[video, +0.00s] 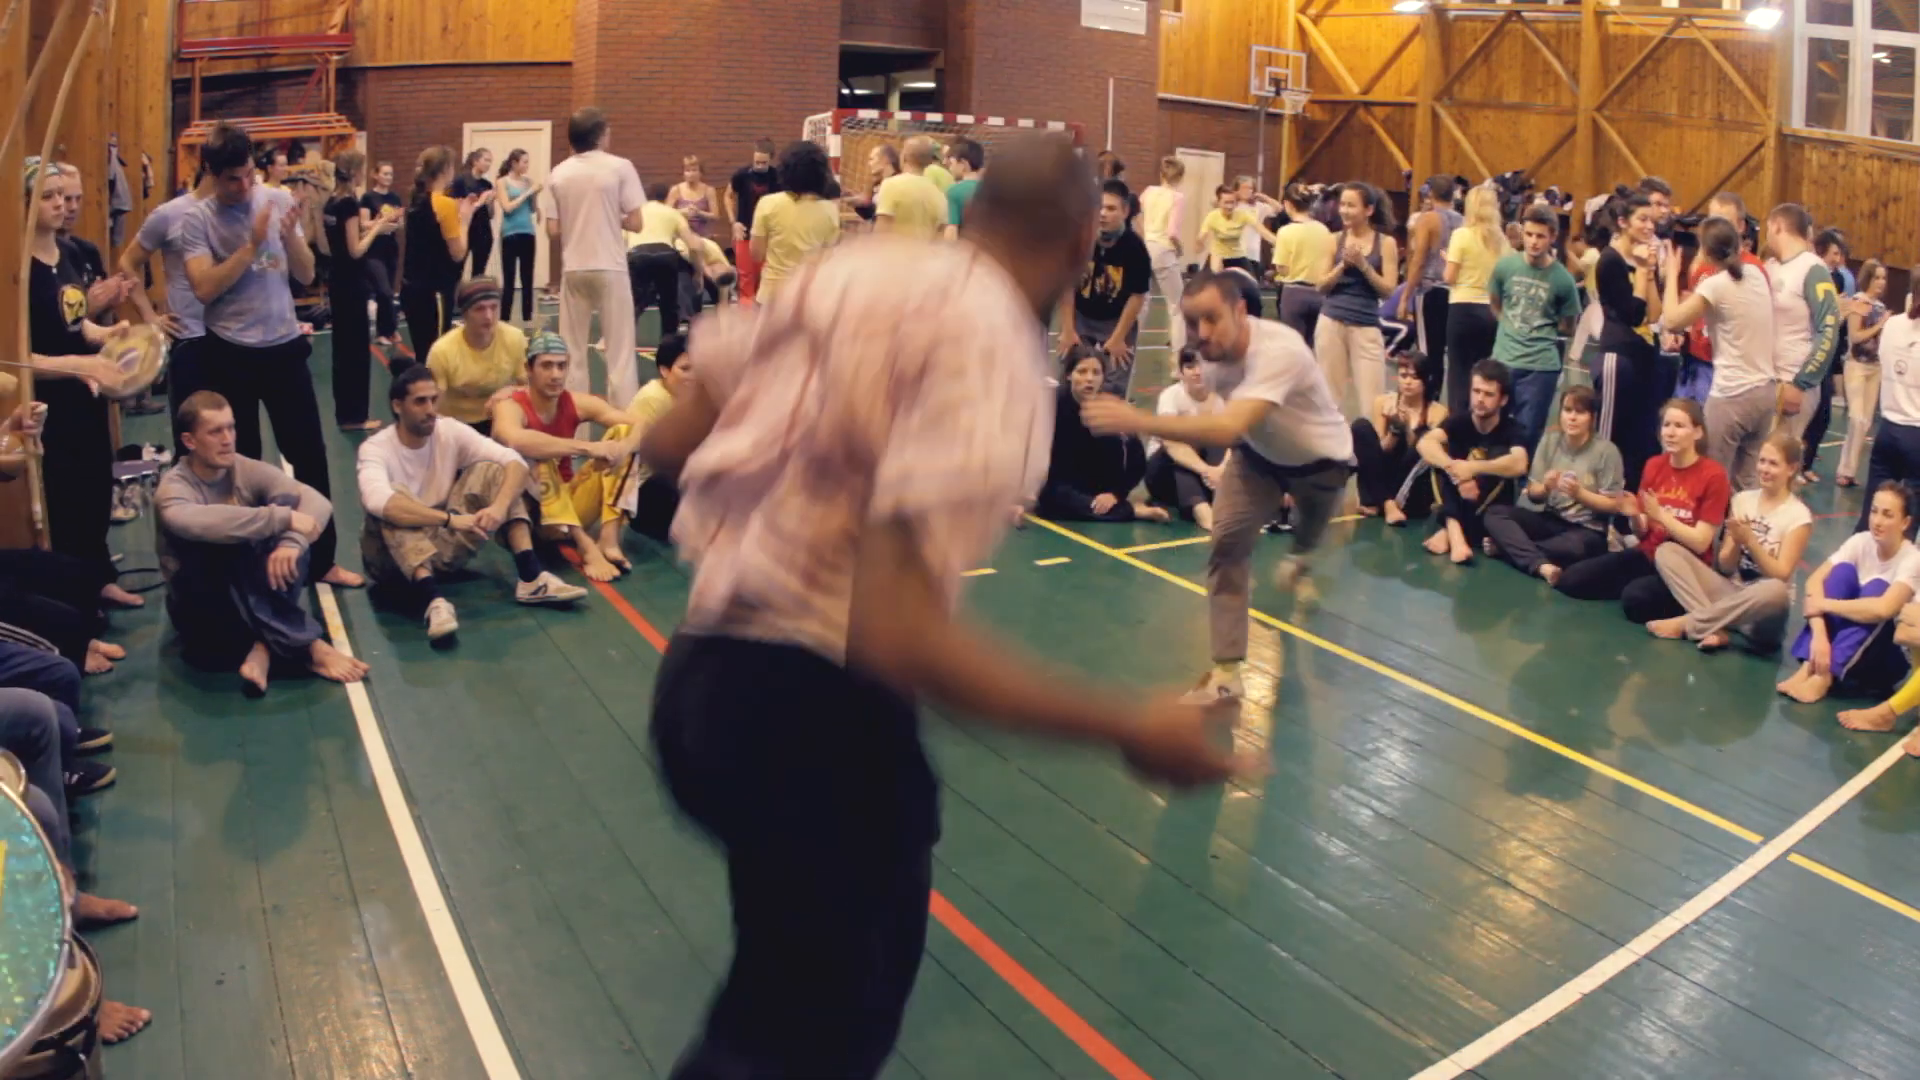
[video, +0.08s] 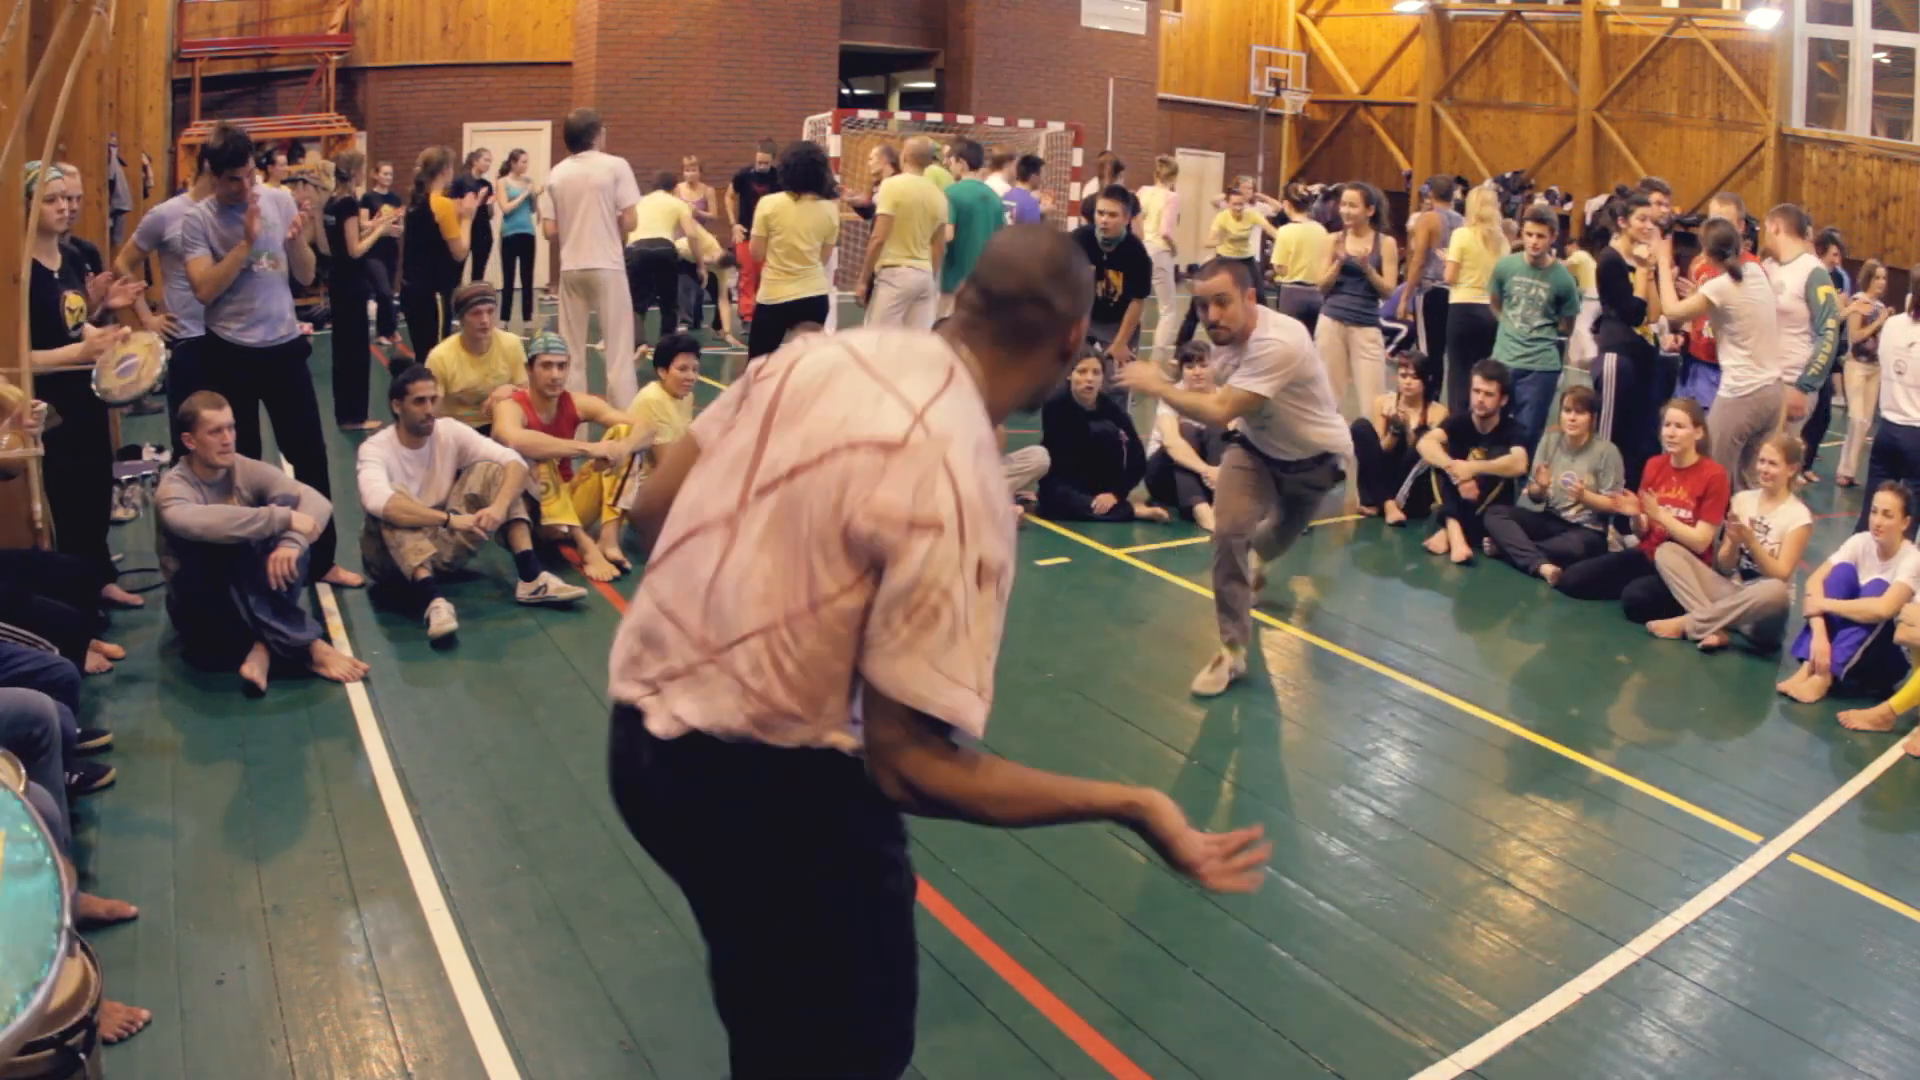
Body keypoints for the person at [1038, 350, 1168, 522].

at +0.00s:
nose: (1089, 378)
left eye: (1096, 372)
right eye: (1082, 372)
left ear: (1103, 378)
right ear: (1069, 376)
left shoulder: (1112, 412)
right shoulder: (1056, 409)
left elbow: (1138, 462)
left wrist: (1116, 494)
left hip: (1105, 489)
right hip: (1067, 487)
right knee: (1053, 502)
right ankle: (1130, 511)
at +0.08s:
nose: (1089, 378)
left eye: (1096, 373)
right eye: (1082, 372)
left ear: (1102, 379)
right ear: (1070, 375)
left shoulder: (1111, 409)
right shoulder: (1056, 408)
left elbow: (1139, 462)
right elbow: (1054, 463)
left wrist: (1116, 494)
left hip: (1104, 486)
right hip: (1068, 484)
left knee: (1107, 432)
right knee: (1053, 502)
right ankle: (1130, 512)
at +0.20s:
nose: (1090, 378)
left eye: (1096, 372)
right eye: (1082, 372)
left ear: (1103, 378)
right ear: (1069, 376)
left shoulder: (1112, 411)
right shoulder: (1055, 407)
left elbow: (1139, 463)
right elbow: (1052, 459)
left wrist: (1116, 494)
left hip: (1103, 483)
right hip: (1067, 482)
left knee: (1106, 431)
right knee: (1052, 503)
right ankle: (1130, 512)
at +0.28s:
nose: (1089, 378)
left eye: (1096, 372)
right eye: (1082, 371)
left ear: (1103, 379)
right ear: (1069, 376)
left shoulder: (1115, 404)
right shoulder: (1054, 402)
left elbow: (1137, 460)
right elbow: (1054, 454)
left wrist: (1115, 493)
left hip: (1107, 476)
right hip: (1068, 477)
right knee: (1068, 506)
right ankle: (1131, 510)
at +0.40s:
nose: (1090, 378)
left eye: (1096, 372)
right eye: (1083, 372)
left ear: (1103, 378)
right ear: (1070, 376)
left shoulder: (1113, 412)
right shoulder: (1059, 412)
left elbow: (1138, 463)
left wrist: (1115, 494)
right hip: (1069, 484)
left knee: (1105, 431)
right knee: (1050, 503)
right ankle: (1129, 512)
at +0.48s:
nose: (1091, 379)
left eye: (1096, 372)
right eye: (1084, 372)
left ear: (1104, 375)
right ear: (1071, 376)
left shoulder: (1111, 410)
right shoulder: (1057, 409)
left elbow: (1138, 462)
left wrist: (1116, 494)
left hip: (1105, 485)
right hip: (1067, 485)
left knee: (1104, 431)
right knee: (1054, 503)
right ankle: (1130, 511)